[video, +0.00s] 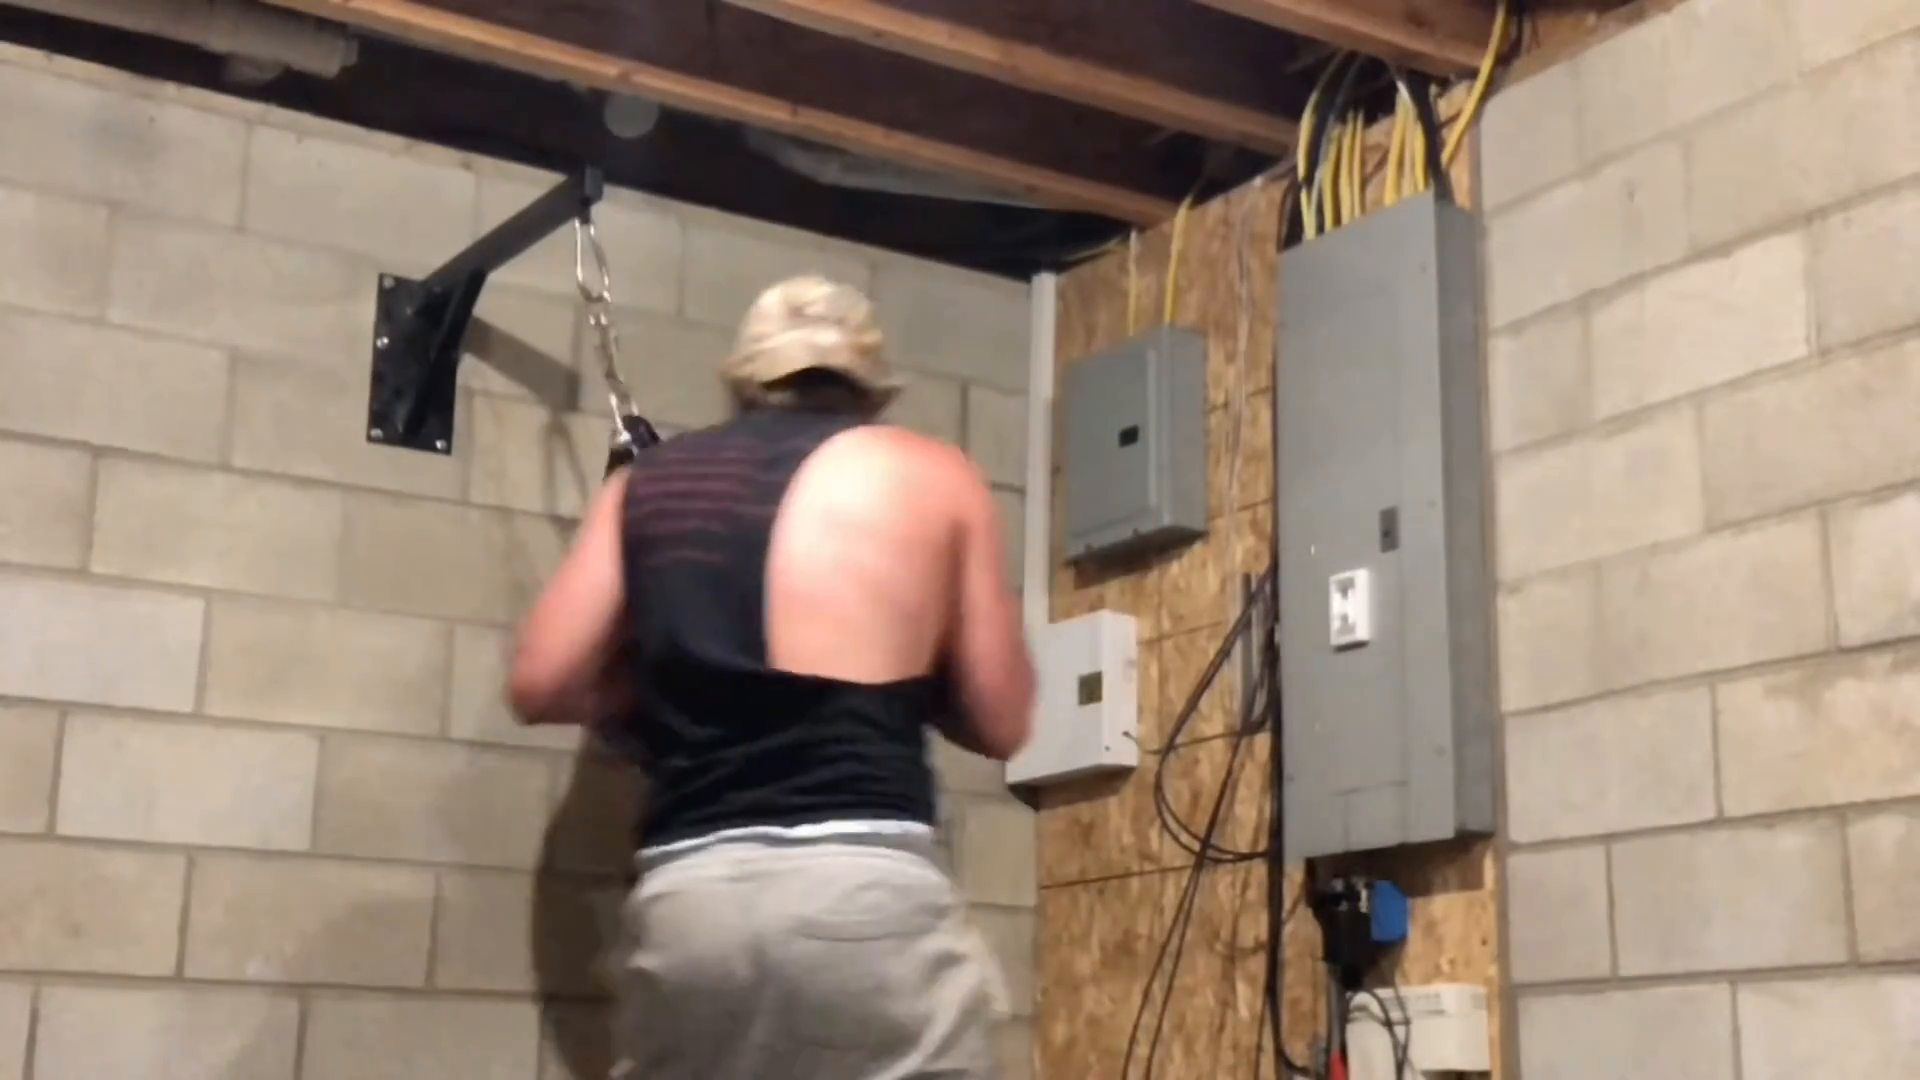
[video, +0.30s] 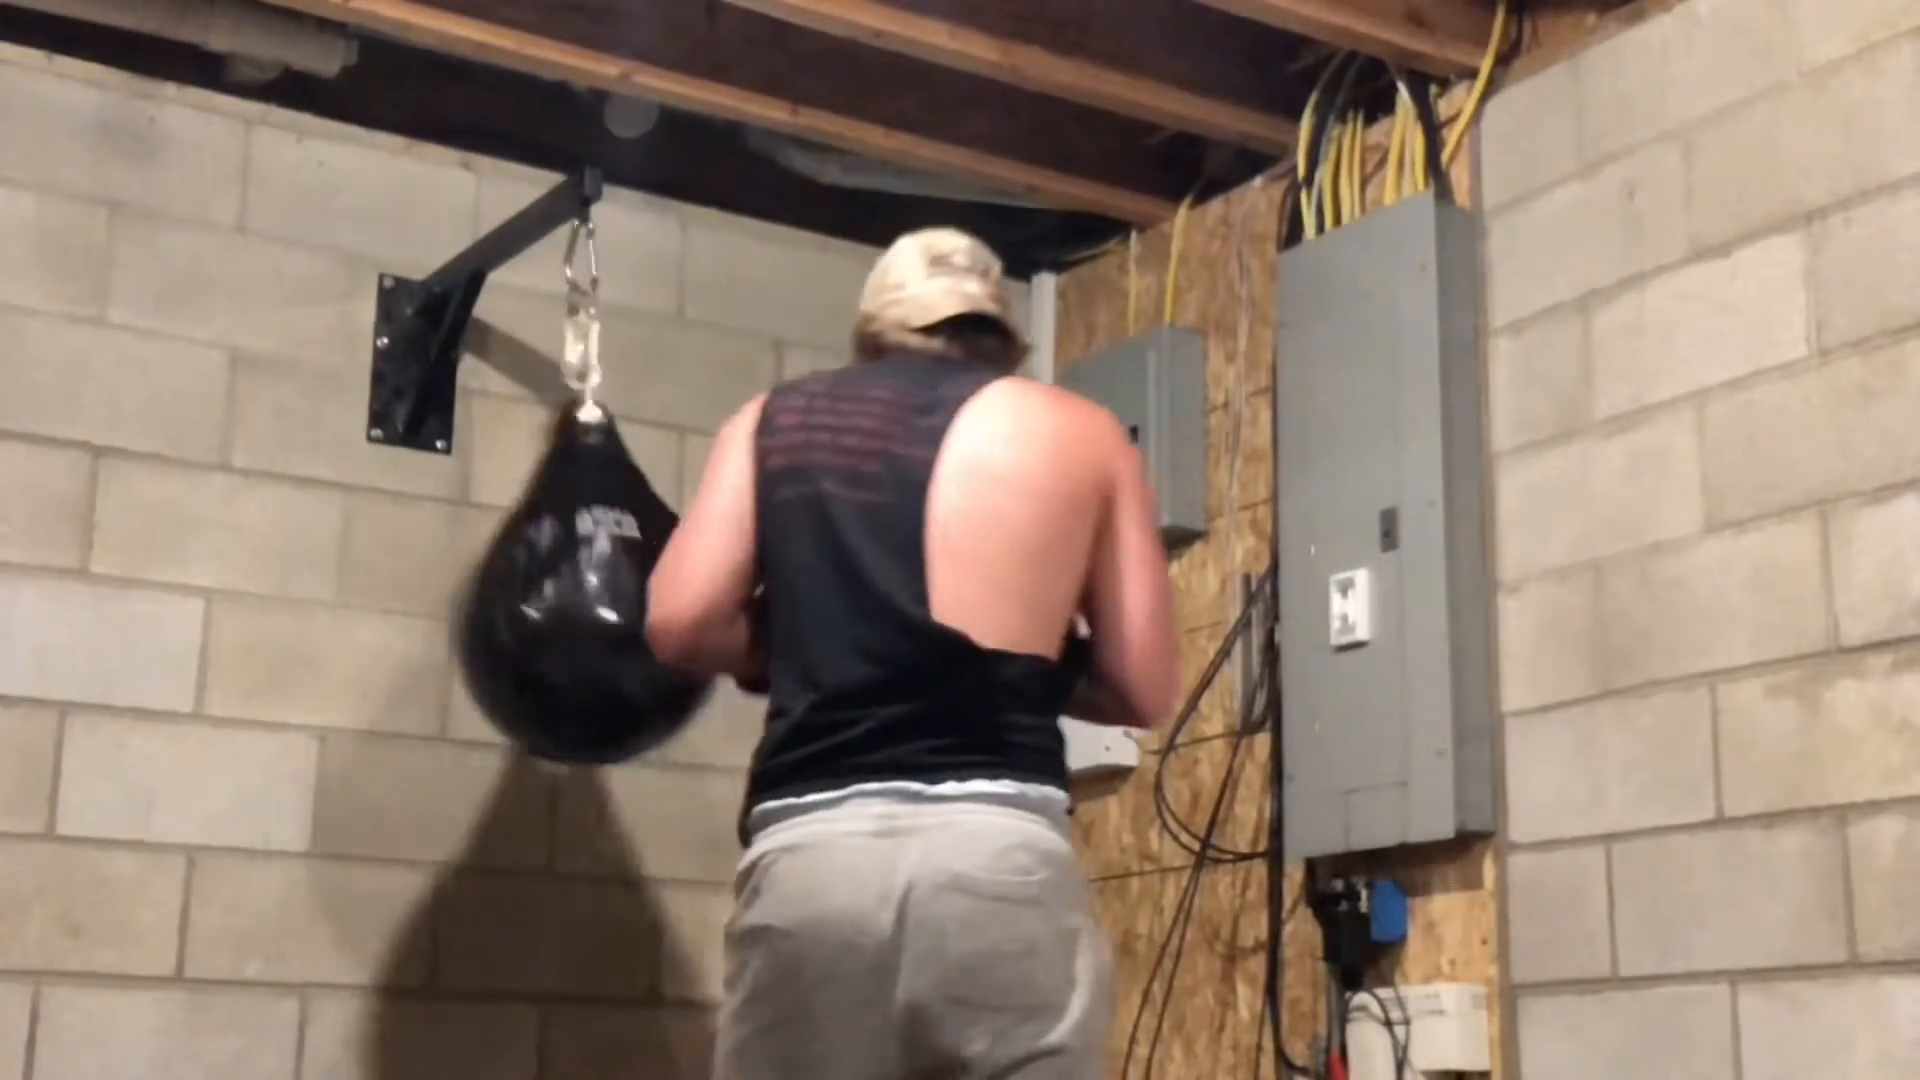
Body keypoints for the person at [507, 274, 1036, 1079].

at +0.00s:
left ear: (741, 380)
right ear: (871, 380)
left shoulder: (645, 480)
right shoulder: (941, 475)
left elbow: (540, 685)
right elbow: (1002, 723)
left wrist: (671, 680)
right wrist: (893, 648)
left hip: (686, 904)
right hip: (875, 895)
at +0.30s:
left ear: (870, 333)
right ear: (1003, 339)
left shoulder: (770, 420)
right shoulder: (1089, 434)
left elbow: (679, 622)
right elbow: (1145, 691)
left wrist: (782, 645)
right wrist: (1017, 644)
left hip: (811, 861)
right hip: (1006, 861)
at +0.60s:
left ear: (908, 319)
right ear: (1039, 328)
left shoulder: (802, 397)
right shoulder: (1122, 438)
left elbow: (696, 607)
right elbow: (1152, 712)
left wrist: (817, 598)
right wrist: (1023, 637)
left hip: (834, 863)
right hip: (1035, 863)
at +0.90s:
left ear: (881, 331)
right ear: (1018, 336)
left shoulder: (792, 404)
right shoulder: (1114, 442)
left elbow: (681, 615)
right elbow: (1144, 712)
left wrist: (817, 600)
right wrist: (1019, 637)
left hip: (811, 863)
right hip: (1012, 866)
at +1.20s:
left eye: (739, 392)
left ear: (754, 382)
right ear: (883, 381)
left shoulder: (718, 437)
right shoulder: (1007, 485)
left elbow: (609, 657)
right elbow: (1009, 743)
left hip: (765, 914)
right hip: (965, 914)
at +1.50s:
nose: (586, 522)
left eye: (589, 509)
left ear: (601, 488)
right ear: (696, 469)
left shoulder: (633, 513)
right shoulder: (840, 567)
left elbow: (587, 713)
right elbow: (889, 710)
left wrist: (500, 708)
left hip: (763, 930)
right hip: (936, 946)